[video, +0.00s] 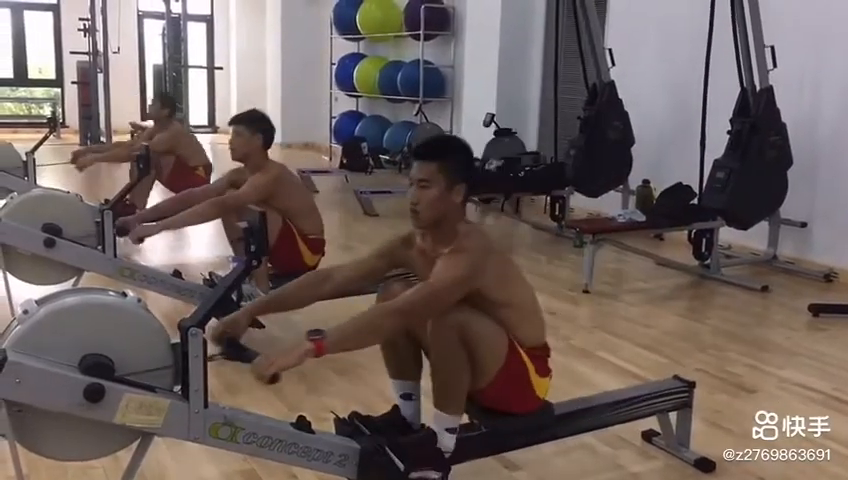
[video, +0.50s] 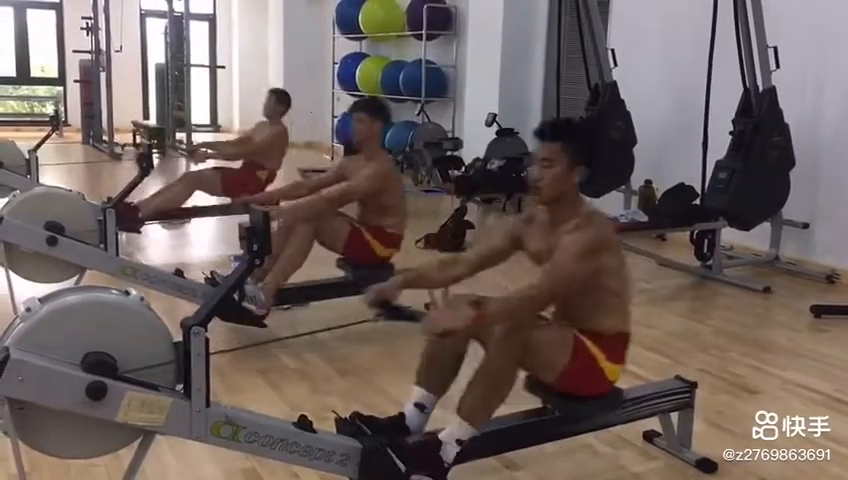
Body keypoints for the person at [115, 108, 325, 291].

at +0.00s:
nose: (230, 141)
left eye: (237, 135)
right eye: (231, 135)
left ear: (259, 141)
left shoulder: (270, 177)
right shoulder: (240, 175)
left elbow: (219, 207)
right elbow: (191, 197)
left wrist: (157, 228)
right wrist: (139, 217)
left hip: (303, 253)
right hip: (283, 248)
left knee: (260, 212)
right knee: (229, 206)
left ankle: (262, 286)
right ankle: (244, 274)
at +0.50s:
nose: (353, 127)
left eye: (360, 122)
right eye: (353, 121)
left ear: (377, 127)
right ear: (352, 123)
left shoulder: (381, 169)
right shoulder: (353, 163)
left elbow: (329, 200)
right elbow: (308, 186)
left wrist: (281, 213)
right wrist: (260, 198)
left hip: (379, 244)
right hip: (363, 234)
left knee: (310, 220)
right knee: (296, 212)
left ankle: (266, 294)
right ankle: (258, 280)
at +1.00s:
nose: (449, 163)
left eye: (456, 158)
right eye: (450, 157)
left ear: (474, 162)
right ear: (453, 158)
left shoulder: (476, 198)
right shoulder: (446, 185)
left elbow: (475, 244)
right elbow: (428, 218)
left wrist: (452, 236)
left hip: (413, 243)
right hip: (396, 228)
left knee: (343, 252)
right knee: (330, 243)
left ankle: (262, 293)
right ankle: (247, 276)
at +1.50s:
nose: (429, 144)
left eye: (436, 139)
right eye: (428, 139)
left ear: (454, 144)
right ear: (430, 142)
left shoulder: (458, 181)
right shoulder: (425, 173)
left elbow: (457, 233)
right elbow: (412, 211)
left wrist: (423, 228)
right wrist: (381, 218)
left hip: (414, 242)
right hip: (391, 231)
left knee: (337, 258)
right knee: (325, 248)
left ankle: (259, 298)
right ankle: (243, 280)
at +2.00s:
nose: (397, 135)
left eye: (403, 130)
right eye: (397, 129)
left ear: (422, 134)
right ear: (401, 133)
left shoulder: (431, 176)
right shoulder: (401, 169)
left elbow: (402, 223)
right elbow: (367, 205)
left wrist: (364, 244)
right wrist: (329, 229)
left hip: (408, 251)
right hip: (387, 242)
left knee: (336, 271)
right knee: (324, 258)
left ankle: (260, 301)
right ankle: (247, 285)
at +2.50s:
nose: (375, 135)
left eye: (382, 130)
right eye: (375, 129)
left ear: (401, 134)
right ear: (382, 133)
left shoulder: (416, 168)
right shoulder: (380, 169)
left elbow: (383, 213)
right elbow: (345, 199)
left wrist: (341, 236)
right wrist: (304, 225)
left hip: (405, 247)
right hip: (380, 238)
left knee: (330, 251)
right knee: (316, 243)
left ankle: (263, 301)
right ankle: (246, 284)